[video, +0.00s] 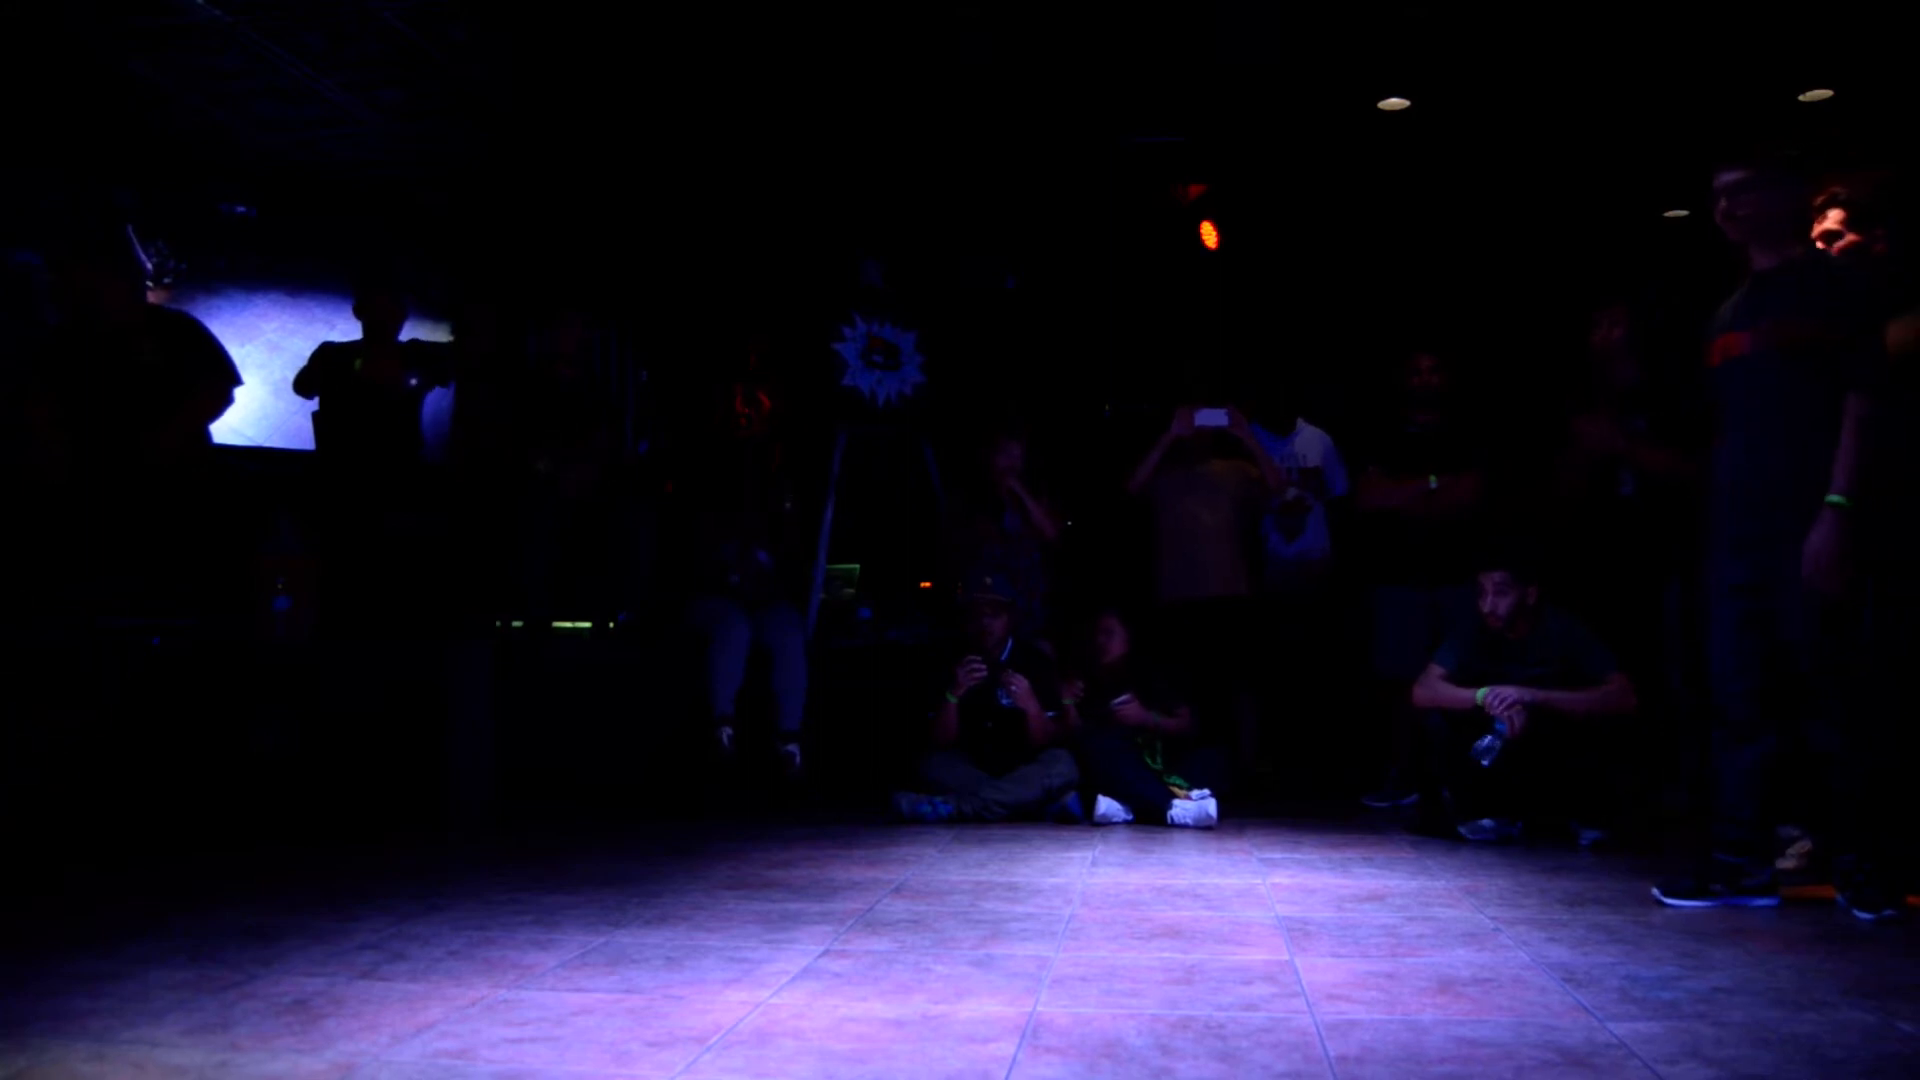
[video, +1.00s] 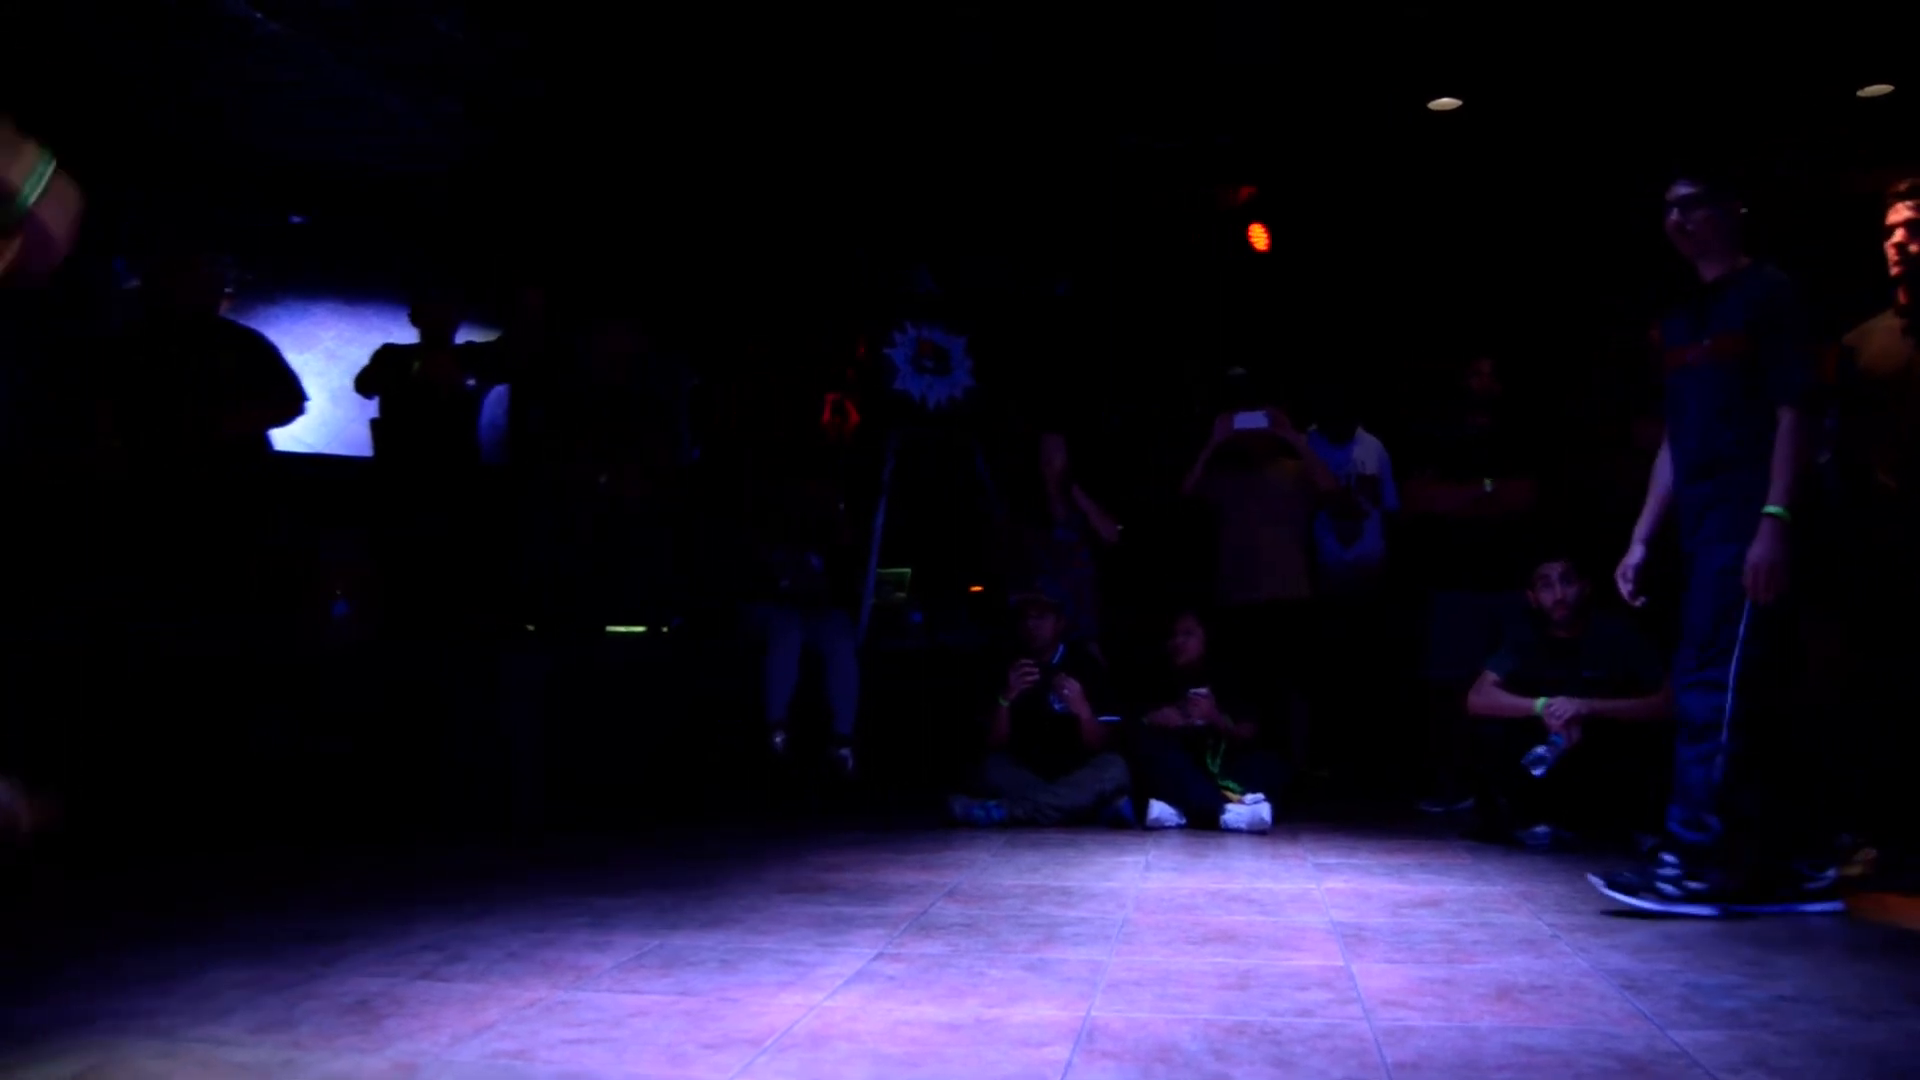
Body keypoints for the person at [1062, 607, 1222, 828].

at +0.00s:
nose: (1103, 641)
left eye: (1110, 633)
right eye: (1099, 633)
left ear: (1127, 637)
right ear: (1091, 639)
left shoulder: (1147, 675)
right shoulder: (1088, 679)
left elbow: (1184, 723)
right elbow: (1080, 733)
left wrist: (1143, 717)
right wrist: (1068, 703)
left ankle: (1130, 808)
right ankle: (1170, 808)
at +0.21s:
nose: (1111, 641)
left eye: (1119, 633)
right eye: (1105, 634)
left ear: (1134, 639)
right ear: (1096, 639)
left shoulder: (1152, 677)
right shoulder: (1088, 679)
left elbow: (1188, 726)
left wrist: (1152, 717)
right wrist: (1075, 712)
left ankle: (1129, 808)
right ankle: (1168, 809)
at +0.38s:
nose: (1120, 645)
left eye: (1130, 637)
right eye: (1116, 637)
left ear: (1144, 642)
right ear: (1106, 642)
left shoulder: (1161, 680)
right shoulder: (1098, 681)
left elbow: (1194, 732)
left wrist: (1160, 721)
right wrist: (1082, 719)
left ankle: (1132, 813)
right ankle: (1172, 813)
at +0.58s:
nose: (1128, 646)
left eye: (1137, 638)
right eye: (1123, 639)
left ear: (1153, 643)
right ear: (1115, 644)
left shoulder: (1172, 682)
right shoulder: (1107, 683)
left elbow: (1197, 732)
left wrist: (1166, 722)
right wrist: (1092, 719)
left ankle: (1135, 814)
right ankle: (1174, 814)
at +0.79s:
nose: (1137, 645)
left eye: (1146, 637)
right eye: (1131, 638)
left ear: (1161, 641)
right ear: (1123, 643)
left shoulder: (1181, 680)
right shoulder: (1115, 682)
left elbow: (1207, 733)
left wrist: (1175, 721)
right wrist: (1105, 719)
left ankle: (1143, 813)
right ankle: (1181, 813)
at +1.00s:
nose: (1178, 642)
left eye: (1188, 634)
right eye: (1174, 635)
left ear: (1204, 638)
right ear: (1166, 641)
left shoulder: (1226, 678)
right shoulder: (1158, 679)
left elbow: (1249, 731)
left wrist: (1213, 717)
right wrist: (1156, 718)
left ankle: (1183, 811)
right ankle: (1223, 812)